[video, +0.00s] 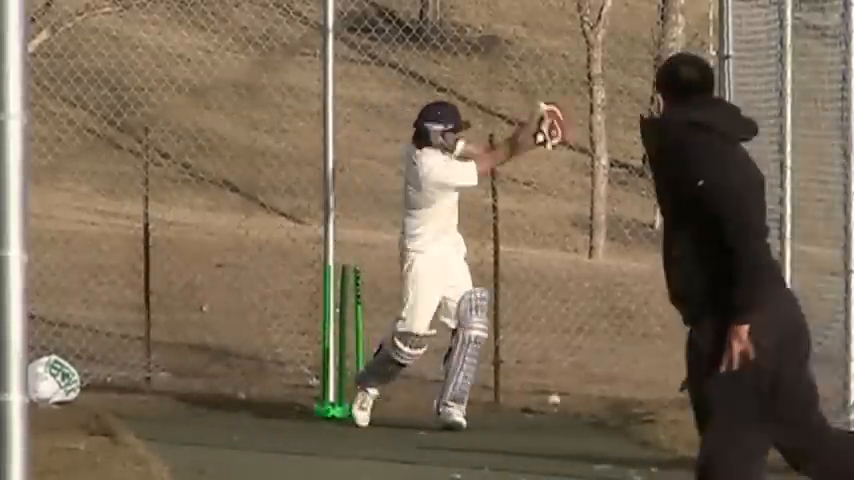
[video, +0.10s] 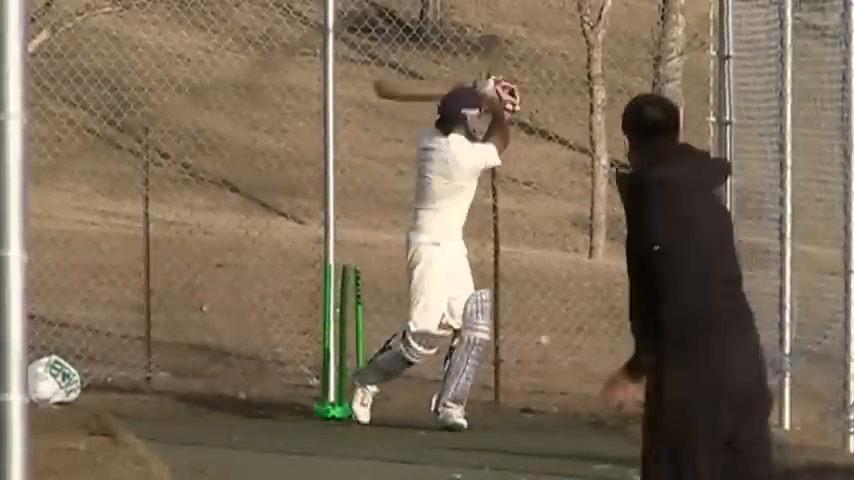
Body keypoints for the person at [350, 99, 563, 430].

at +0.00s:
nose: (456, 139)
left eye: (456, 133)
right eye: (451, 134)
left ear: (435, 133)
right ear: (434, 135)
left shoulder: (435, 152)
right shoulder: (429, 165)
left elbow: (478, 153)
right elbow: (485, 166)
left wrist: (521, 140)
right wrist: (524, 139)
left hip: (450, 251)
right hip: (423, 255)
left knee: (470, 326)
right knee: (412, 339)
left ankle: (451, 406)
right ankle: (368, 386)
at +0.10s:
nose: (482, 122)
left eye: (481, 115)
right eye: (478, 115)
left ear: (447, 116)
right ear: (465, 117)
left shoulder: (428, 140)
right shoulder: (463, 151)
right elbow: (499, 146)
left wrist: (498, 109)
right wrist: (502, 112)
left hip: (450, 246)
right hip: (431, 247)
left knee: (473, 326)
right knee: (422, 339)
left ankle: (448, 404)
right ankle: (365, 380)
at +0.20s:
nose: (492, 112)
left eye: (491, 107)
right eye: (490, 107)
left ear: (457, 109)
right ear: (482, 110)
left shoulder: (437, 135)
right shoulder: (485, 143)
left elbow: (459, 131)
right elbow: (496, 139)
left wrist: (454, 98)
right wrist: (461, 101)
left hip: (442, 238)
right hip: (444, 240)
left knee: (471, 324)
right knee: (440, 329)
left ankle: (441, 405)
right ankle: (376, 392)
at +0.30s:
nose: (499, 107)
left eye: (498, 102)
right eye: (498, 103)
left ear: (461, 101)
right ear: (492, 105)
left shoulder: (436, 132)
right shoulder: (496, 139)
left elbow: (422, 169)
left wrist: (430, 125)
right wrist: (449, 116)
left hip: (429, 229)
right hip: (455, 232)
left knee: (460, 318)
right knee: (445, 320)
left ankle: (438, 402)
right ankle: (400, 395)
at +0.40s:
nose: (498, 108)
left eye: (496, 102)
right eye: (497, 103)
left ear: (461, 101)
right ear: (493, 105)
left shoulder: (436, 132)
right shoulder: (498, 139)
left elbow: (401, 174)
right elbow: (516, 177)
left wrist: (404, 139)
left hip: (428, 223)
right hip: (461, 227)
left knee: (441, 319)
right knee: (467, 317)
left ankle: (437, 407)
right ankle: (436, 389)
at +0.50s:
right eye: (493, 103)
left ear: (460, 102)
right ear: (493, 106)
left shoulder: (438, 132)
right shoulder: (501, 138)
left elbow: (394, 171)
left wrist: (392, 140)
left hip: (435, 227)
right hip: (477, 231)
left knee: (440, 317)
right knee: (476, 313)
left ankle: (437, 400)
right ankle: (473, 371)